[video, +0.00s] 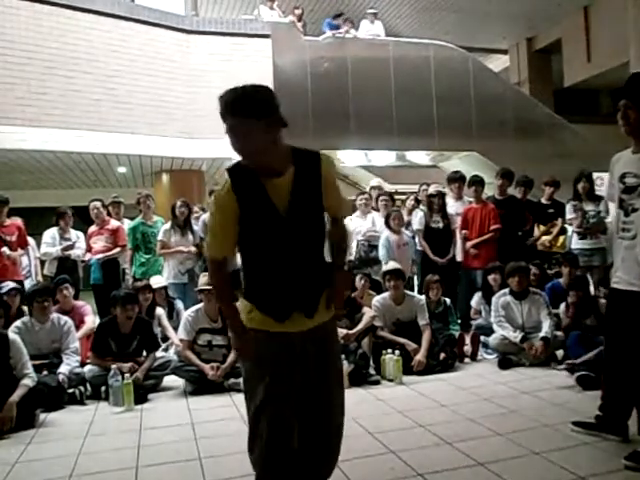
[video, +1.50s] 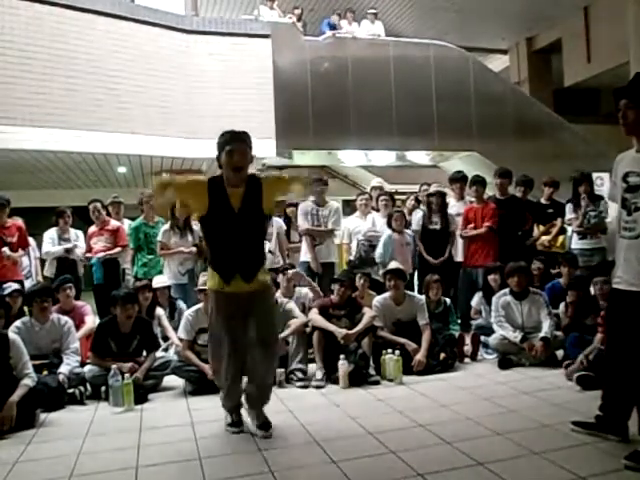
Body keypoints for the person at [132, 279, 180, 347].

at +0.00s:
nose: (147, 296)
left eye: (149, 293)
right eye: (143, 293)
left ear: (153, 294)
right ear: (137, 296)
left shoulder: (158, 311)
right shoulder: (134, 312)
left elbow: (167, 328)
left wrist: (176, 341)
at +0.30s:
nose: (147, 296)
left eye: (149, 293)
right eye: (143, 293)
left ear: (153, 294)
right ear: (137, 296)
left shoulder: (158, 311)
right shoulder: (134, 312)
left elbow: (168, 329)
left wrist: (176, 342)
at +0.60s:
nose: (146, 296)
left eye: (149, 292)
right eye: (142, 293)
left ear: (152, 294)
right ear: (137, 296)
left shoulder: (158, 312)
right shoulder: (134, 313)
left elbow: (168, 329)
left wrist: (176, 342)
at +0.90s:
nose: (146, 296)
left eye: (149, 292)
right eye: (142, 293)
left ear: (152, 294)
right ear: (137, 295)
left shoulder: (158, 312)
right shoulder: (134, 312)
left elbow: (168, 329)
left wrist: (177, 343)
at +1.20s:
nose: (146, 295)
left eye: (149, 292)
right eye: (142, 292)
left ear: (152, 294)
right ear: (137, 295)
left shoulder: (158, 311)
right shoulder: (134, 312)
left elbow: (168, 329)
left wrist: (176, 342)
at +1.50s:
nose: (146, 295)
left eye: (149, 292)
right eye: (142, 292)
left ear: (152, 294)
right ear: (137, 295)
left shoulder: (158, 311)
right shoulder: (133, 312)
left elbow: (168, 329)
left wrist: (176, 342)